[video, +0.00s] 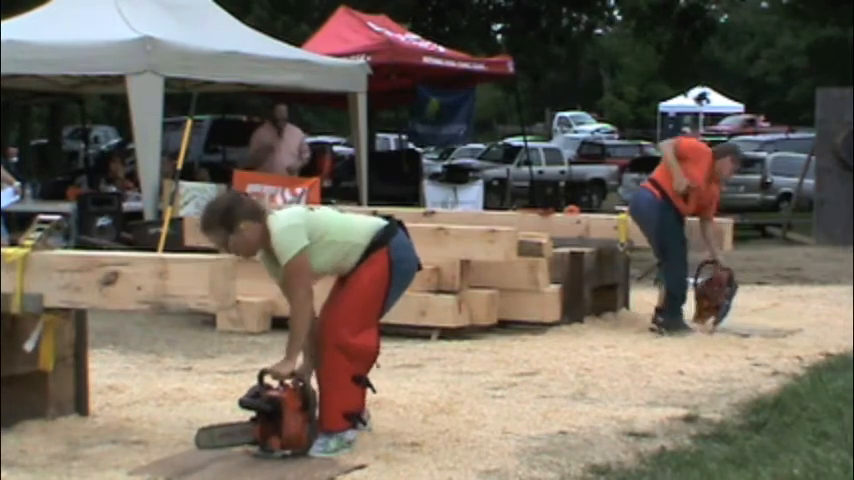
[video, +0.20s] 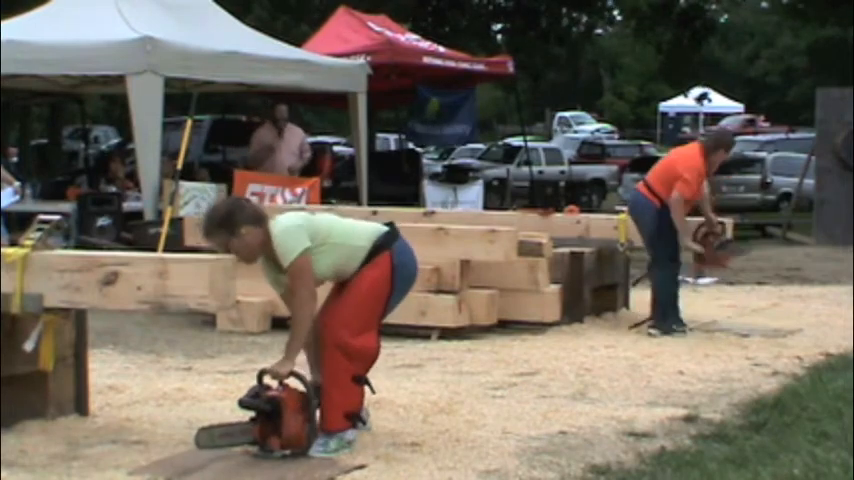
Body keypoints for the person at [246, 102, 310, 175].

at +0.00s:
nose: (280, 123)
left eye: (283, 120)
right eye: (277, 119)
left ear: (287, 118)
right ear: (272, 118)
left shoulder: (296, 133)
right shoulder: (261, 133)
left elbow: (305, 154)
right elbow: (251, 160)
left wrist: (295, 166)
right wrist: (265, 150)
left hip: (289, 180)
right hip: (265, 179)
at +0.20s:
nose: (281, 123)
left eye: (284, 120)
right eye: (277, 120)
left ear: (287, 119)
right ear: (272, 118)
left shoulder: (297, 133)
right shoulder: (261, 133)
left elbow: (306, 154)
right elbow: (251, 162)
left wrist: (296, 167)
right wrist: (266, 150)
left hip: (290, 181)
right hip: (265, 181)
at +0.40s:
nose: (280, 123)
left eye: (283, 120)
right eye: (277, 119)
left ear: (287, 118)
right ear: (272, 118)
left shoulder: (296, 133)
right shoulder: (261, 132)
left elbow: (305, 154)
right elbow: (251, 161)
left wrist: (296, 166)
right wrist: (265, 150)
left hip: (289, 180)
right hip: (264, 179)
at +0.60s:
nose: (278, 120)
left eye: (280, 117)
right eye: (275, 117)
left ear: (284, 116)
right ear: (270, 115)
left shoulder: (293, 132)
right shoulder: (257, 133)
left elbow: (304, 156)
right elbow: (248, 157)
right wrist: (262, 150)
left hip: (288, 173)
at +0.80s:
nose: (273, 119)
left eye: (275, 116)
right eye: (270, 116)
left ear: (279, 116)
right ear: (265, 115)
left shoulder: (288, 132)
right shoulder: (253, 130)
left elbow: (296, 152)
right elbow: (243, 155)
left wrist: (289, 165)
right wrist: (260, 146)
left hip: (280, 177)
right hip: (256, 176)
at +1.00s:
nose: (268, 119)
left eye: (270, 116)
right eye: (265, 116)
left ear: (274, 116)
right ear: (260, 115)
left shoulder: (282, 132)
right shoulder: (247, 131)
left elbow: (290, 152)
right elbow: (238, 154)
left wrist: (284, 165)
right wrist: (254, 147)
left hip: (275, 177)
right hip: (251, 176)